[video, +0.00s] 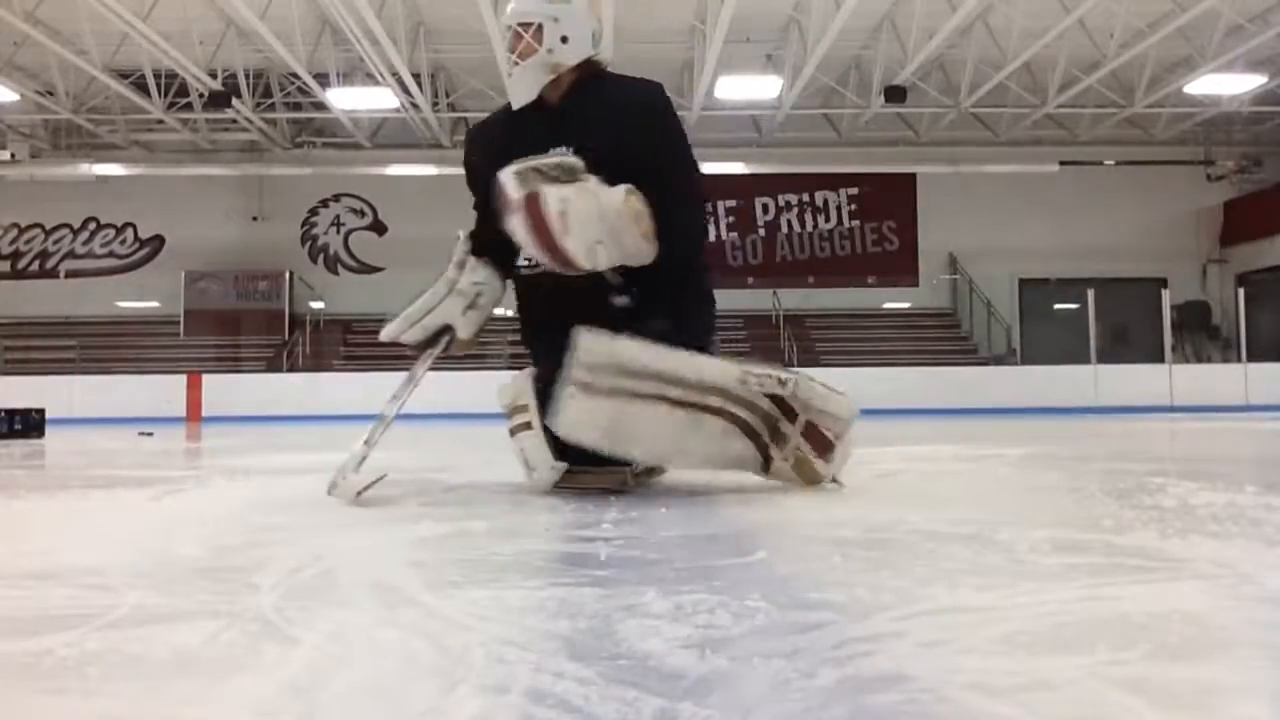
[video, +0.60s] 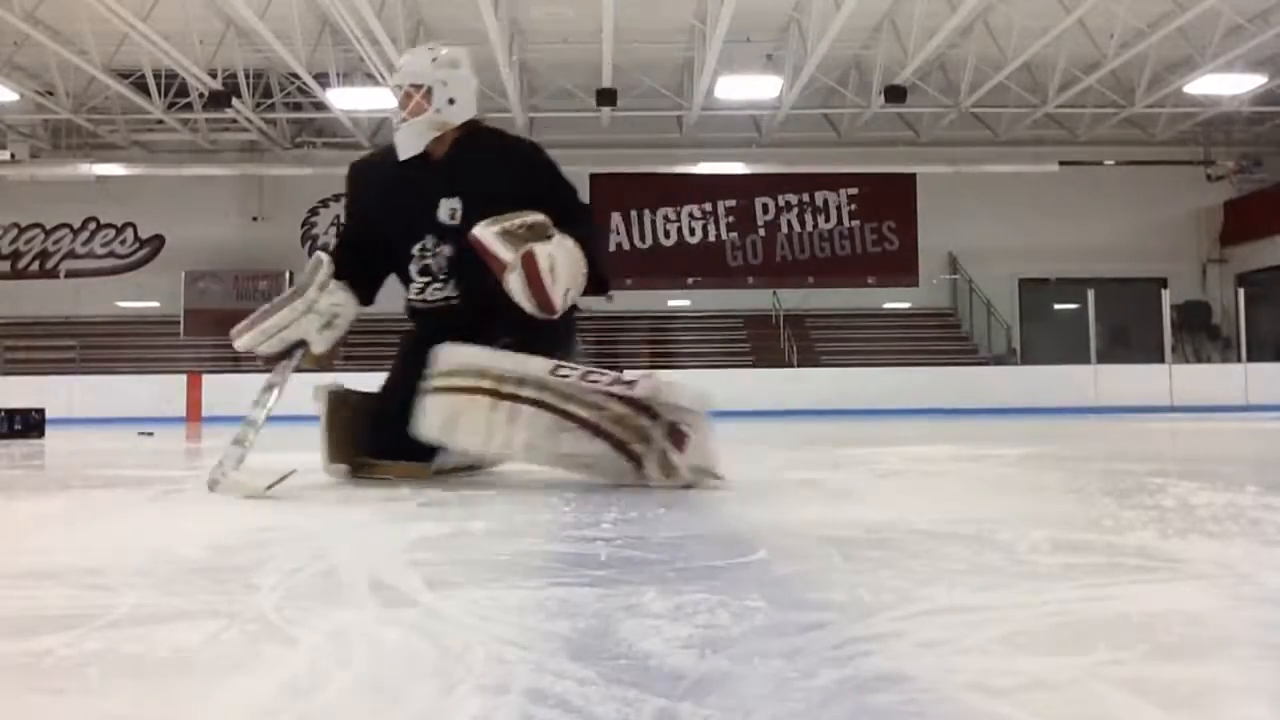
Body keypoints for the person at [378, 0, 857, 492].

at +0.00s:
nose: (519, 41)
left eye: (535, 27)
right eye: (515, 28)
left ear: (573, 34)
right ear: (508, 40)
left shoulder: (639, 106)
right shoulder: (490, 140)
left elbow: (684, 218)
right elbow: (494, 237)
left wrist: (599, 225)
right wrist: (466, 296)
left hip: (659, 325)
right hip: (558, 336)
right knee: (578, 479)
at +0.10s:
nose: (516, 49)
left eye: (530, 34)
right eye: (511, 37)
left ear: (572, 34)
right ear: (505, 45)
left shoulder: (640, 105)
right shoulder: (488, 136)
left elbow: (702, 197)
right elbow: (486, 240)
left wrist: (631, 225)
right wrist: (451, 302)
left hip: (646, 314)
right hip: (549, 323)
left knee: (610, 468)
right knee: (575, 467)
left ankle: (655, 435)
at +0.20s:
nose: (517, 43)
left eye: (532, 28)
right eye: (509, 31)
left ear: (574, 28)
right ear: (501, 40)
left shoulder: (642, 103)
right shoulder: (486, 136)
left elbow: (701, 197)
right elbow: (486, 239)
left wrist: (641, 230)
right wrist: (452, 299)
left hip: (651, 311)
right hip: (545, 323)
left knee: (619, 456)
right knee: (554, 456)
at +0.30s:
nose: (495, 55)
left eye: (509, 40)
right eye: (491, 42)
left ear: (549, 42)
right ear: (489, 50)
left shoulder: (619, 106)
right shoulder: (475, 145)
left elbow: (683, 193)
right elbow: (482, 236)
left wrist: (629, 228)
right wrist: (447, 291)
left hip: (645, 296)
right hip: (546, 314)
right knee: (517, 441)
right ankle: (611, 436)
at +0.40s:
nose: (459, 71)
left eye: (471, 58)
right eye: (457, 60)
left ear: (511, 60)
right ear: (467, 67)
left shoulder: (584, 119)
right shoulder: (448, 156)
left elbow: (649, 199)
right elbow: (450, 240)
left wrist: (600, 233)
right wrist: (415, 294)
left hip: (612, 306)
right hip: (519, 316)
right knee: (469, 436)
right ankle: (562, 436)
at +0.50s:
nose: (426, 88)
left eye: (440, 76)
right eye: (422, 77)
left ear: (481, 78)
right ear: (421, 85)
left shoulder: (544, 141)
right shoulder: (406, 172)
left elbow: (612, 225)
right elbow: (394, 260)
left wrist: (580, 245)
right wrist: (357, 306)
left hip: (570, 318)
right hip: (476, 332)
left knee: (630, 397)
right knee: (422, 446)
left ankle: (739, 433)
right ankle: (520, 442)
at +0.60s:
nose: (401, 107)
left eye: (414, 95)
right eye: (398, 96)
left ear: (452, 98)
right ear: (406, 102)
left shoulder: (512, 160)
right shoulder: (381, 178)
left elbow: (582, 235)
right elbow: (361, 255)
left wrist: (563, 263)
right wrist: (335, 304)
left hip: (521, 329)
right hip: (435, 334)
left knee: (473, 419)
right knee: (389, 441)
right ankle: (496, 437)